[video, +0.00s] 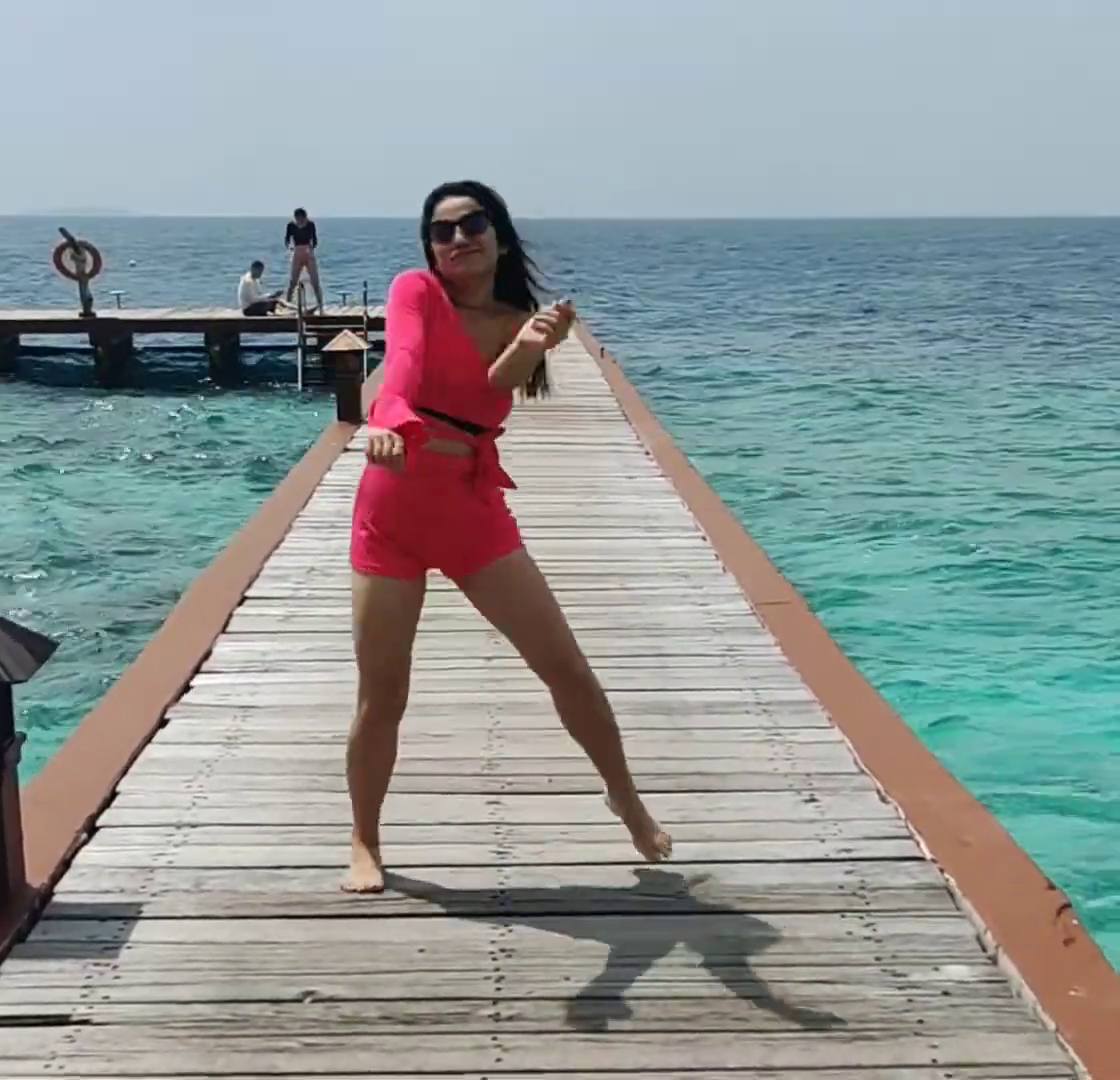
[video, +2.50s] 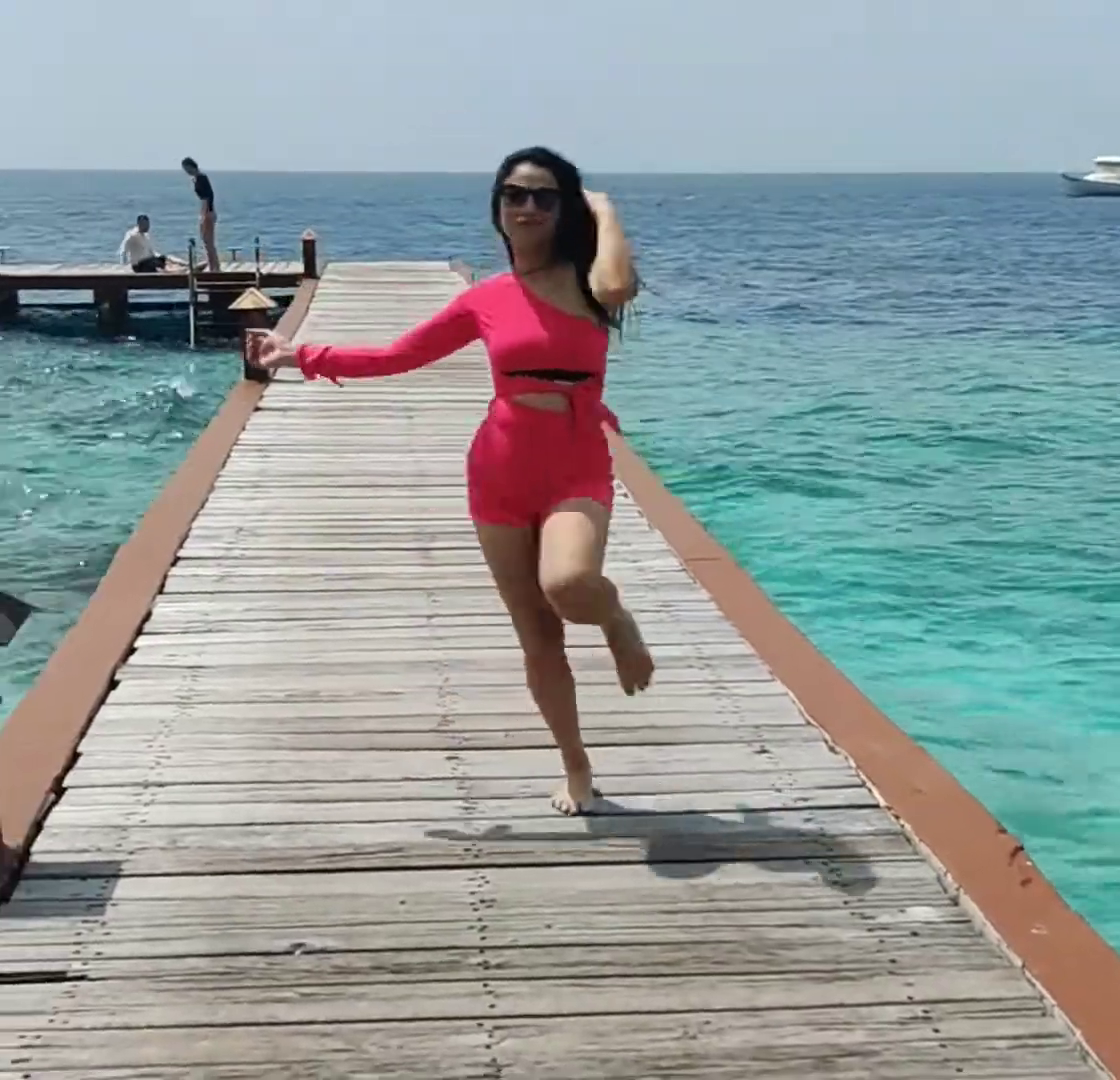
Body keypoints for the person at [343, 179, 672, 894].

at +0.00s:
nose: (458, 239)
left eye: (472, 225)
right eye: (443, 231)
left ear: (501, 235)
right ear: (430, 245)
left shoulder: (525, 320)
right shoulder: (416, 289)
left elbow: (500, 385)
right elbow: (403, 355)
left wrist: (526, 347)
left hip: (471, 508)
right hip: (392, 504)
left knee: (567, 668)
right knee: (382, 697)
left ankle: (627, 801)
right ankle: (364, 845)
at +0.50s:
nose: (538, 264)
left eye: (555, 254)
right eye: (525, 253)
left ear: (583, 265)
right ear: (511, 265)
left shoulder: (603, 324)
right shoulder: (507, 352)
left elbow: (667, 401)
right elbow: (480, 458)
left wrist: (571, 425)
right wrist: (535, 471)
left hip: (590, 545)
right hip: (515, 535)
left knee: (597, 710)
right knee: (431, 671)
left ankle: (626, 831)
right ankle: (405, 823)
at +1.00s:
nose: (503, 285)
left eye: (520, 277)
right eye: (491, 272)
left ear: (537, 288)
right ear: (470, 275)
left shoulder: (544, 371)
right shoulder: (425, 347)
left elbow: (553, 471)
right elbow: (386, 449)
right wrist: (346, 543)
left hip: (532, 537)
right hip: (449, 540)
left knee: (557, 680)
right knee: (462, 705)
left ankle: (583, 826)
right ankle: (440, 781)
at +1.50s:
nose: (381, 269)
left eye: (397, 258)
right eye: (369, 253)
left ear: (419, 258)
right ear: (353, 247)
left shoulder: (415, 317)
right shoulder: (339, 281)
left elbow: (450, 382)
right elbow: (321, 319)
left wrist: (497, 400)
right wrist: (302, 346)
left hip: (401, 495)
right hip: (332, 496)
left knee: (389, 631)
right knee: (378, 636)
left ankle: (361, 729)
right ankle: (361, 764)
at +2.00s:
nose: (408, 233)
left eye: (423, 220)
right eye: (395, 219)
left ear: (451, 213)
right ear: (381, 211)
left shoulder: (476, 260)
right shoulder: (361, 263)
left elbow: (556, 227)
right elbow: (265, 273)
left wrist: (515, 150)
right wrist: (171, 266)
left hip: (429, 447)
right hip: (359, 442)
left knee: (404, 593)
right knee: (435, 568)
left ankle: (388, 711)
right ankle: (485, 729)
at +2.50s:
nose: (525, 206)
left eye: (541, 197)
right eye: (513, 195)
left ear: (565, 211)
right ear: (497, 207)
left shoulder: (589, 281)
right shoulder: (487, 297)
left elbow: (616, 283)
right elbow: (395, 356)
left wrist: (604, 210)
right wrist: (295, 353)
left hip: (577, 467)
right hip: (500, 470)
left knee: (569, 587)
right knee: (540, 637)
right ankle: (575, 766)